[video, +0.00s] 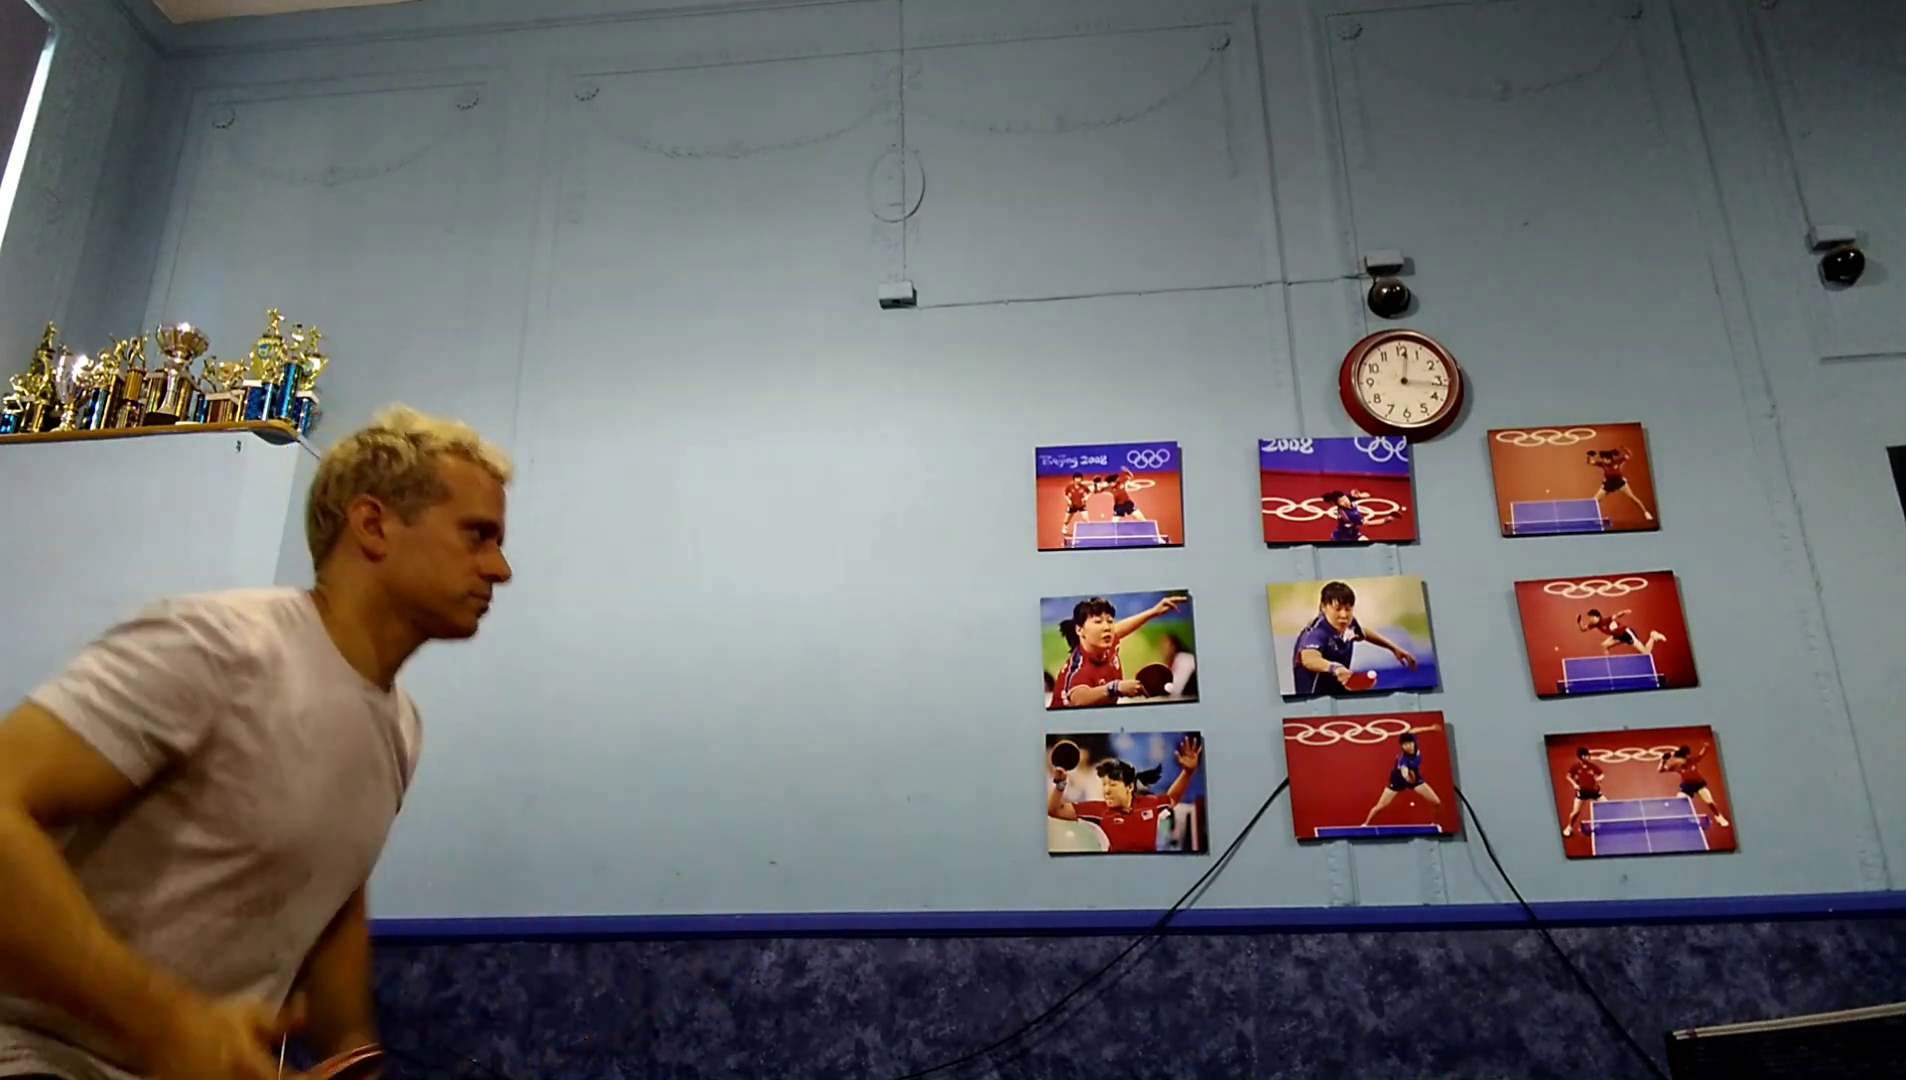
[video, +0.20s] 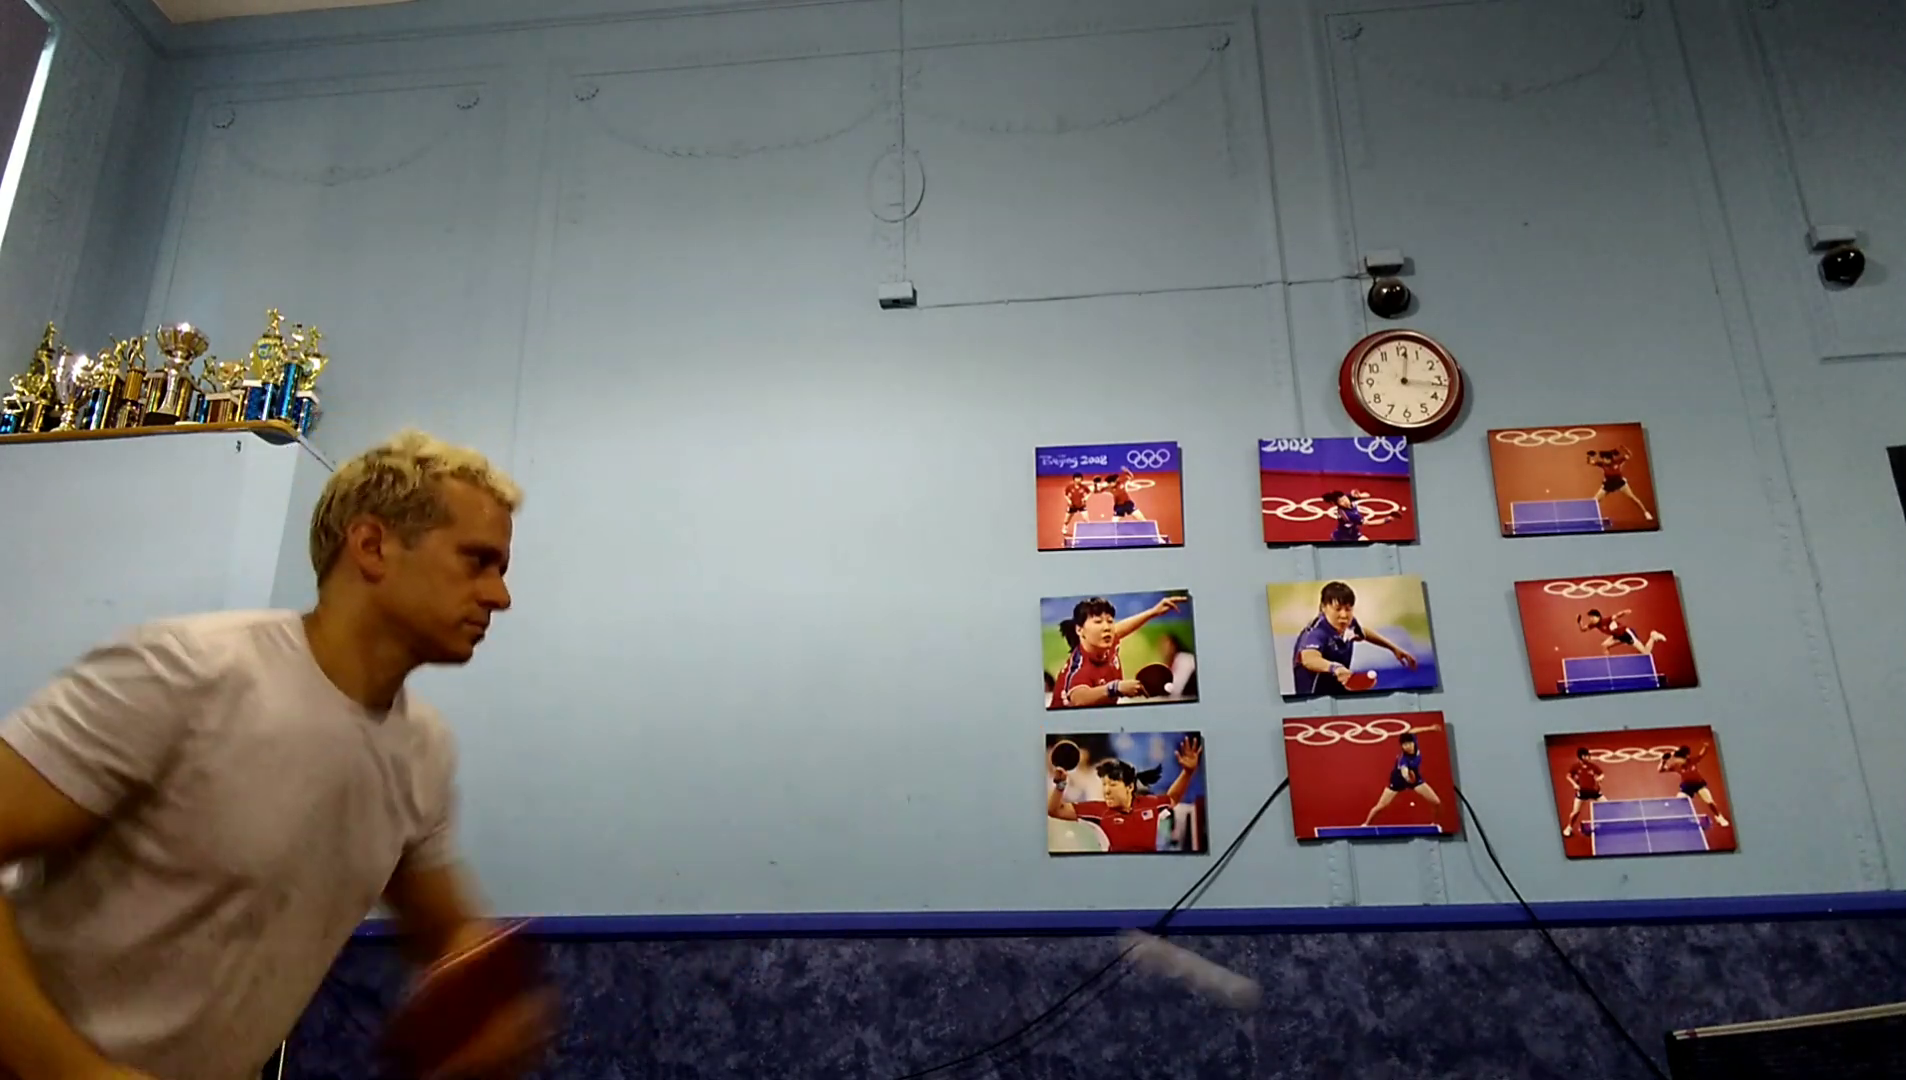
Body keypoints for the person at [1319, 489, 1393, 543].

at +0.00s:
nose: (1344, 502)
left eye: (1344, 499)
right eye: (1341, 502)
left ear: (1346, 497)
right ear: (1338, 505)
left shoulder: (1350, 500)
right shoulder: (1349, 515)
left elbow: (1367, 496)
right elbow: (1367, 523)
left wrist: (1360, 495)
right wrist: (1385, 520)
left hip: (1356, 536)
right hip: (1342, 538)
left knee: (1370, 547)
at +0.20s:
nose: (1344, 502)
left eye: (1344, 499)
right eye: (1341, 502)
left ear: (1346, 497)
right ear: (1338, 505)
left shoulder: (1350, 500)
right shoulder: (1349, 515)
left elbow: (1367, 496)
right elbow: (1367, 523)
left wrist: (1360, 495)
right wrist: (1385, 520)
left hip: (1356, 536)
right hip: (1342, 537)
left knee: (1370, 547)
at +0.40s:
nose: (1344, 502)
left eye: (1344, 499)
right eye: (1341, 502)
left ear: (1346, 497)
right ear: (1339, 505)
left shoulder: (1348, 498)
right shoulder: (1350, 515)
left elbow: (1367, 496)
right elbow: (1366, 523)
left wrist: (1360, 495)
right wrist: (1385, 520)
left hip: (1356, 536)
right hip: (1341, 538)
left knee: (1371, 548)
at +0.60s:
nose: (1345, 502)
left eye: (1344, 499)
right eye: (1341, 502)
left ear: (1346, 497)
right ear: (1339, 505)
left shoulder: (1348, 498)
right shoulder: (1350, 515)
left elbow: (1367, 496)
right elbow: (1366, 523)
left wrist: (1360, 495)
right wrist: (1385, 520)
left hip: (1355, 535)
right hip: (1341, 538)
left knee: (1371, 547)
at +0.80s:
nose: (1344, 502)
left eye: (1344, 499)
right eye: (1341, 502)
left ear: (1346, 497)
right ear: (1339, 505)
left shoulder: (1348, 498)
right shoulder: (1350, 515)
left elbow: (1367, 496)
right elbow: (1367, 523)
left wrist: (1360, 495)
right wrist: (1385, 520)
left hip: (1356, 536)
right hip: (1341, 538)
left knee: (1371, 547)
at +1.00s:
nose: (1344, 502)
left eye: (1344, 499)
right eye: (1341, 502)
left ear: (1346, 497)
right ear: (1339, 505)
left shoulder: (1349, 498)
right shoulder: (1349, 515)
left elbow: (1367, 496)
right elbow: (1366, 523)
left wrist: (1360, 495)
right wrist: (1385, 520)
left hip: (1356, 536)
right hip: (1341, 538)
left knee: (1371, 548)